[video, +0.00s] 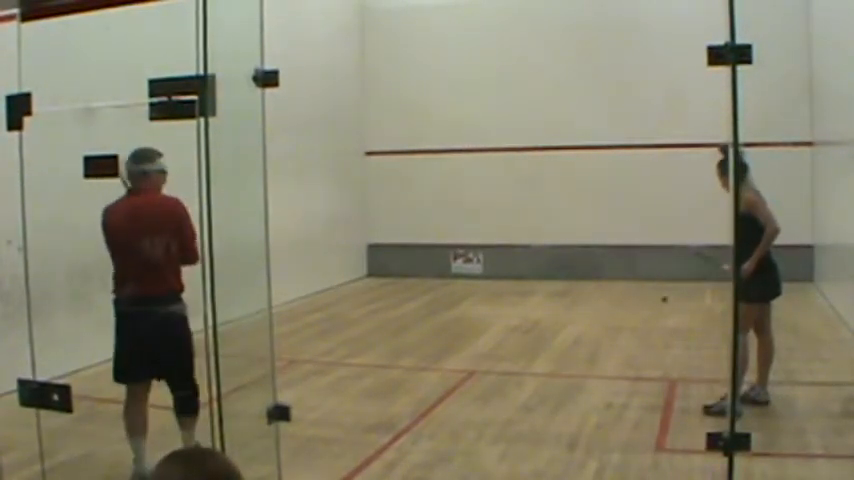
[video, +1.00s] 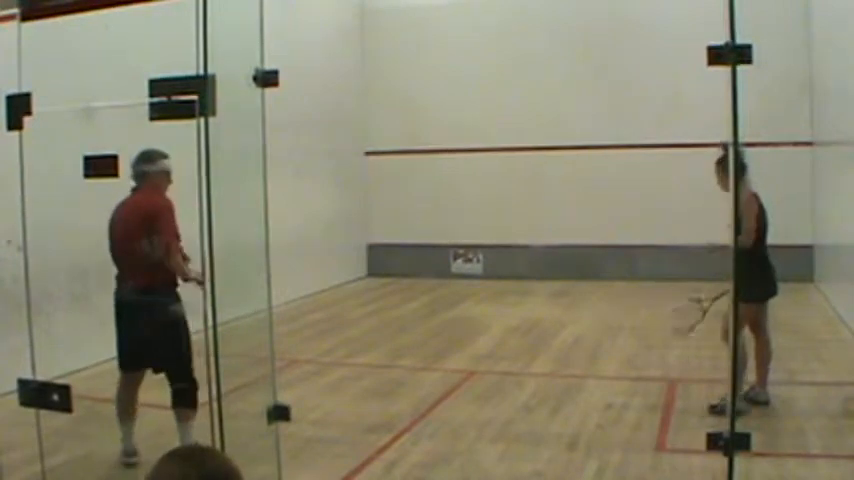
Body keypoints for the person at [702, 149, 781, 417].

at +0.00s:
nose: (720, 184)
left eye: (721, 178)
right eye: (720, 178)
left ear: (729, 176)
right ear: (738, 173)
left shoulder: (749, 198)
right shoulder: (743, 198)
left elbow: (772, 228)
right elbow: (753, 235)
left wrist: (752, 262)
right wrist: (740, 262)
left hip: (753, 277)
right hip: (757, 275)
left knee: (739, 333)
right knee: (763, 331)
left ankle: (733, 395)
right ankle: (760, 388)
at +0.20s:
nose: (720, 182)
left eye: (721, 176)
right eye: (720, 176)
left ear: (730, 174)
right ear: (738, 172)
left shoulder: (749, 197)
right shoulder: (742, 198)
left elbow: (772, 229)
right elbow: (747, 239)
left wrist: (751, 261)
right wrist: (734, 266)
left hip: (753, 277)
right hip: (756, 275)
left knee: (738, 334)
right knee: (763, 332)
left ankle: (733, 394)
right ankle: (760, 388)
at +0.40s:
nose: (720, 181)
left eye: (721, 175)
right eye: (720, 176)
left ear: (730, 174)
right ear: (738, 172)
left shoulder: (749, 197)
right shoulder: (742, 198)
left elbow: (772, 229)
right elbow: (749, 241)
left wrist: (750, 263)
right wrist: (733, 270)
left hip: (753, 278)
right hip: (756, 277)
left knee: (738, 334)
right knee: (763, 332)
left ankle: (733, 394)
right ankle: (760, 388)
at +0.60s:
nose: (720, 182)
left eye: (722, 176)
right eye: (720, 177)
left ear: (731, 174)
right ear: (736, 173)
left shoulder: (750, 198)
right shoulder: (742, 198)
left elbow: (773, 229)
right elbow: (750, 238)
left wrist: (751, 259)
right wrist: (734, 264)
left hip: (753, 277)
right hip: (756, 275)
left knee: (738, 333)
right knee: (762, 331)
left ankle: (733, 394)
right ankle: (760, 388)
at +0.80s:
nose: (721, 182)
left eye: (722, 176)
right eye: (720, 176)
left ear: (731, 174)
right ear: (740, 172)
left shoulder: (750, 199)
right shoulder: (745, 198)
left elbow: (759, 237)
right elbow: (753, 238)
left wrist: (736, 249)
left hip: (752, 278)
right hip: (758, 275)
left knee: (737, 334)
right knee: (762, 331)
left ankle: (733, 394)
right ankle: (760, 388)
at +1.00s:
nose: (718, 182)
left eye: (720, 176)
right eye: (718, 176)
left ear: (729, 174)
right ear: (737, 172)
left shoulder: (746, 199)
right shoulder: (746, 199)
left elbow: (747, 239)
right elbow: (747, 240)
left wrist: (724, 245)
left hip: (751, 279)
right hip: (756, 277)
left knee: (731, 332)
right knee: (759, 331)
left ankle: (735, 393)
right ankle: (760, 388)